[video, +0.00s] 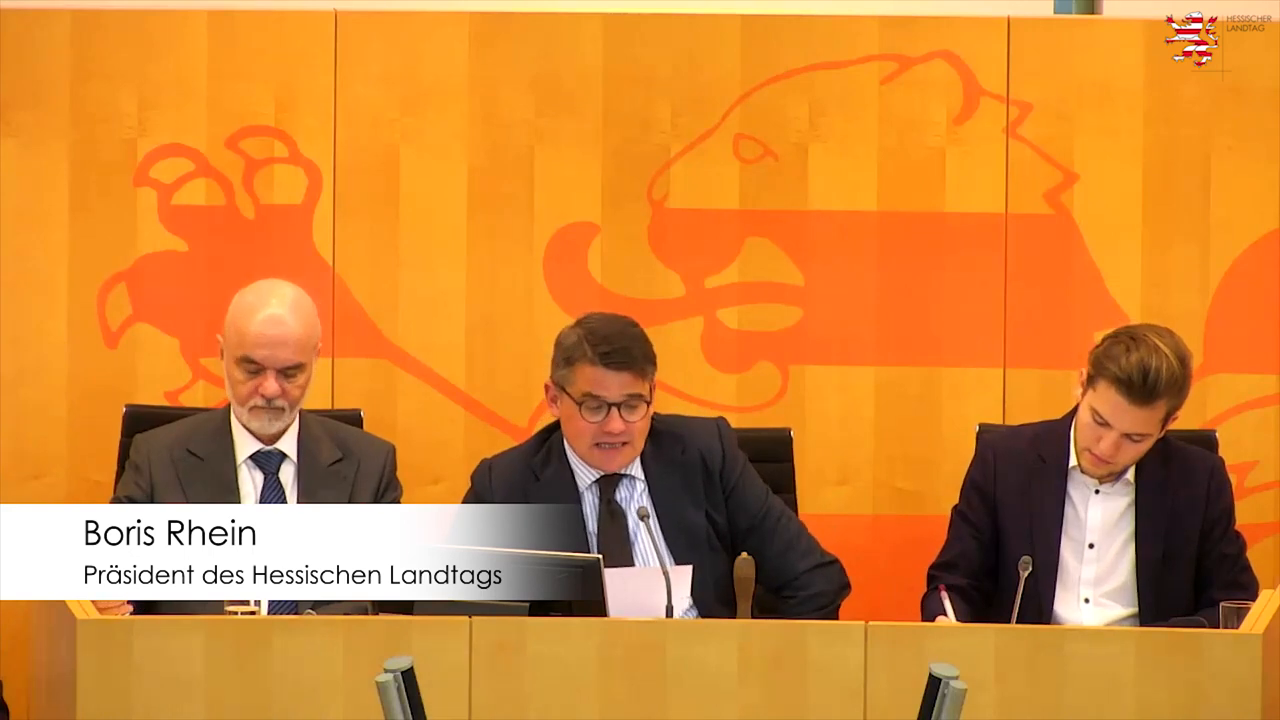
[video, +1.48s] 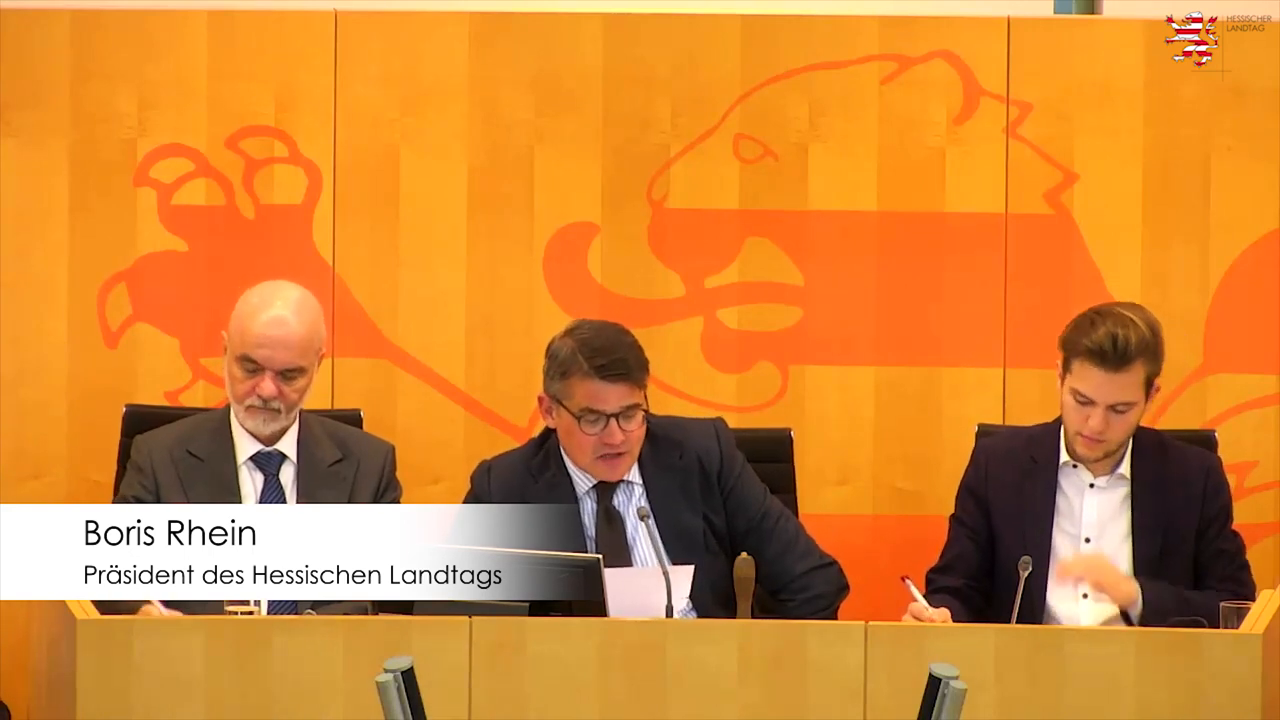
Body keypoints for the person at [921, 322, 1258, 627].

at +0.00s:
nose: (1106, 448)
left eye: (1133, 438)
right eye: (1098, 420)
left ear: (1166, 423)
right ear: (1082, 384)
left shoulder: (1200, 478)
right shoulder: (1003, 458)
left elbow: (1238, 601)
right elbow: (953, 583)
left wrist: (1164, 645)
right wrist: (954, 636)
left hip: (1151, 680)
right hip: (1026, 672)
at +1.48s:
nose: (1095, 425)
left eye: (1119, 408)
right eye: (1082, 400)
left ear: (1149, 395)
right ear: (1062, 377)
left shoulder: (1195, 477)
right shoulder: (998, 460)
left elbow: (1240, 610)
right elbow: (956, 587)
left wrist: (1137, 596)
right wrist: (939, 615)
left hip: (1150, 686)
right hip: (1022, 679)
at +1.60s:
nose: (1095, 422)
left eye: (1117, 404)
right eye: (1079, 400)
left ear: (1146, 389)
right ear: (1055, 381)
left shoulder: (1191, 473)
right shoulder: (997, 459)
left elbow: (1225, 606)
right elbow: (956, 587)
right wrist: (941, 617)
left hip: (1150, 680)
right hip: (1022, 674)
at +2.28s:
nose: (1113, 410)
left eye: (1129, 386)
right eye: (1091, 391)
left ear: (1146, 377)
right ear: (1056, 387)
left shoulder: (1205, 474)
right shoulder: (1008, 463)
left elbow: (1233, 606)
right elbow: (967, 586)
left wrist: (1122, 559)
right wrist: (940, 617)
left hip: (1154, 677)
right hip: (1027, 673)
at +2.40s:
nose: (1115, 406)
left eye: (1129, 382)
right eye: (1092, 387)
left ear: (1145, 374)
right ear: (1055, 387)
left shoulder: (1205, 472)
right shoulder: (1009, 464)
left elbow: (1245, 606)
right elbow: (968, 587)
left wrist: (1144, 598)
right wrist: (943, 614)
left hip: (1158, 685)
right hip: (1029, 680)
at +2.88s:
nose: (1100, 389)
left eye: (1118, 370)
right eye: (1081, 370)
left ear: (1146, 374)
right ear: (1056, 375)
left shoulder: (1199, 469)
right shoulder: (1003, 460)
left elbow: (1240, 601)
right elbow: (956, 583)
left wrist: (1175, 641)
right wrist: (945, 616)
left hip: (1159, 672)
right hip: (1030, 667)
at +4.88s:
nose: (1109, 394)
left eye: (1126, 375)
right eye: (1090, 375)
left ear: (1147, 375)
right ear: (1056, 374)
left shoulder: (1199, 465)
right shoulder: (1002, 457)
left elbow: (1237, 600)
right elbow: (957, 589)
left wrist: (1194, 636)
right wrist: (966, 659)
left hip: (1155, 677)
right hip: (1027, 672)